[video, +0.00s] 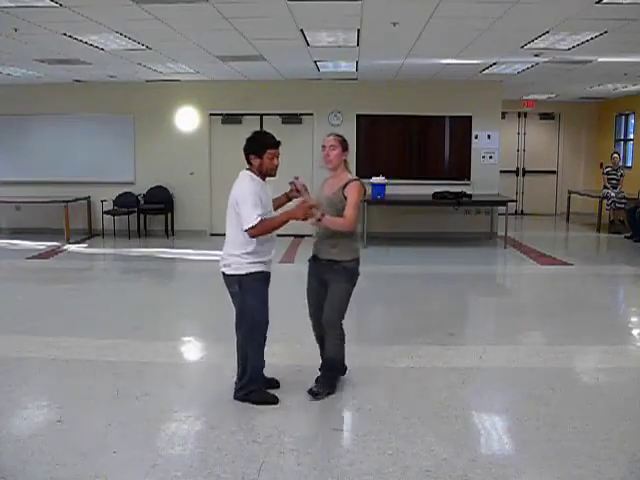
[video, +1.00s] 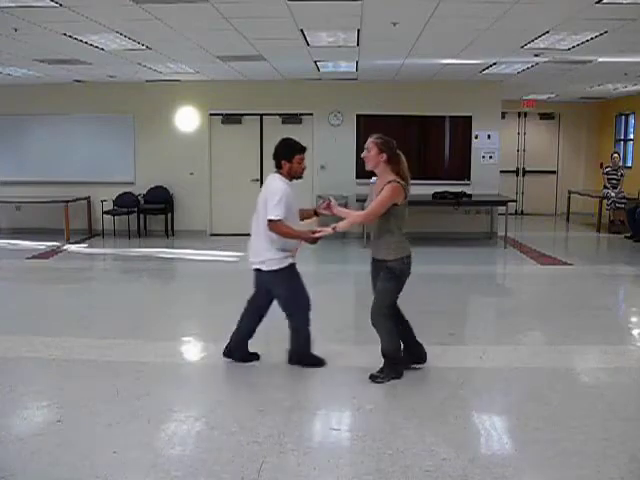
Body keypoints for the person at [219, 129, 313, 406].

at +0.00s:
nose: (277, 162)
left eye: (277, 156)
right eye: (272, 157)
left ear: (260, 160)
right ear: (255, 159)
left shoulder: (256, 182)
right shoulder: (247, 186)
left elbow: (265, 210)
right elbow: (254, 228)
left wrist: (289, 196)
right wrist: (292, 215)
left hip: (254, 268)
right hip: (245, 270)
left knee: (255, 326)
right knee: (252, 328)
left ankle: (254, 376)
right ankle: (247, 387)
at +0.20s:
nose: (272, 162)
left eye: (272, 157)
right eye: (268, 158)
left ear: (253, 159)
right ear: (251, 159)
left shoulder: (248, 181)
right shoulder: (243, 185)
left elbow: (256, 212)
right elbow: (265, 223)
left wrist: (278, 194)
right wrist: (299, 209)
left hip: (246, 266)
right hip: (239, 269)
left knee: (247, 323)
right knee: (246, 325)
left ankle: (249, 372)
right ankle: (230, 376)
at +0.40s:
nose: (267, 164)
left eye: (267, 159)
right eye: (263, 159)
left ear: (248, 160)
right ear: (246, 161)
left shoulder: (243, 183)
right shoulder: (238, 186)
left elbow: (259, 219)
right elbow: (262, 222)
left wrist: (292, 216)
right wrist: (302, 212)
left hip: (242, 266)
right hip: (231, 268)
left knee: (250, 319)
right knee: (235, 322)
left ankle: (250, 370)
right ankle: (227, 378)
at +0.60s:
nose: (267, 165)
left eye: (267, 160)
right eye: (263, 161)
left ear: (250, 162)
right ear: (247, 162)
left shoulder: (249, 185)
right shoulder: (237, 186)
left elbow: (272, 216)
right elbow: (257, 224)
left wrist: (303, 218)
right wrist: (294, 222)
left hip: (244, 263)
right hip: (230, 265)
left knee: (251, 310)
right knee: (236, 318)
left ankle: (241, 355)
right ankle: (226, 377)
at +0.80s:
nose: (279, 165)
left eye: (279, 160)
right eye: (275, 161)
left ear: (261, 162)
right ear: (259, 163)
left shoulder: (261, 185)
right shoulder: (251, 187)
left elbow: (284, 212)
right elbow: (257, 228)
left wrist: (315, 214)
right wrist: (294, 231)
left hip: (246, 261)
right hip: (245, 263)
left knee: (241, 312)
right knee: (261, 312)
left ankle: (234, 356)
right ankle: (236, 367)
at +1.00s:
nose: (304, 166)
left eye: (304, 161)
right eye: (300, 161)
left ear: (285, 165)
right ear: (285, 164)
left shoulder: (276, 183)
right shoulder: (279, 188)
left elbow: (287, 215)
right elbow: (274, 224)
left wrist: (314, 212)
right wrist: (303, 235)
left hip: (267, 259)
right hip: (275, 261)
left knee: (259, 303)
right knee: (299, 306)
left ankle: (236, 347)